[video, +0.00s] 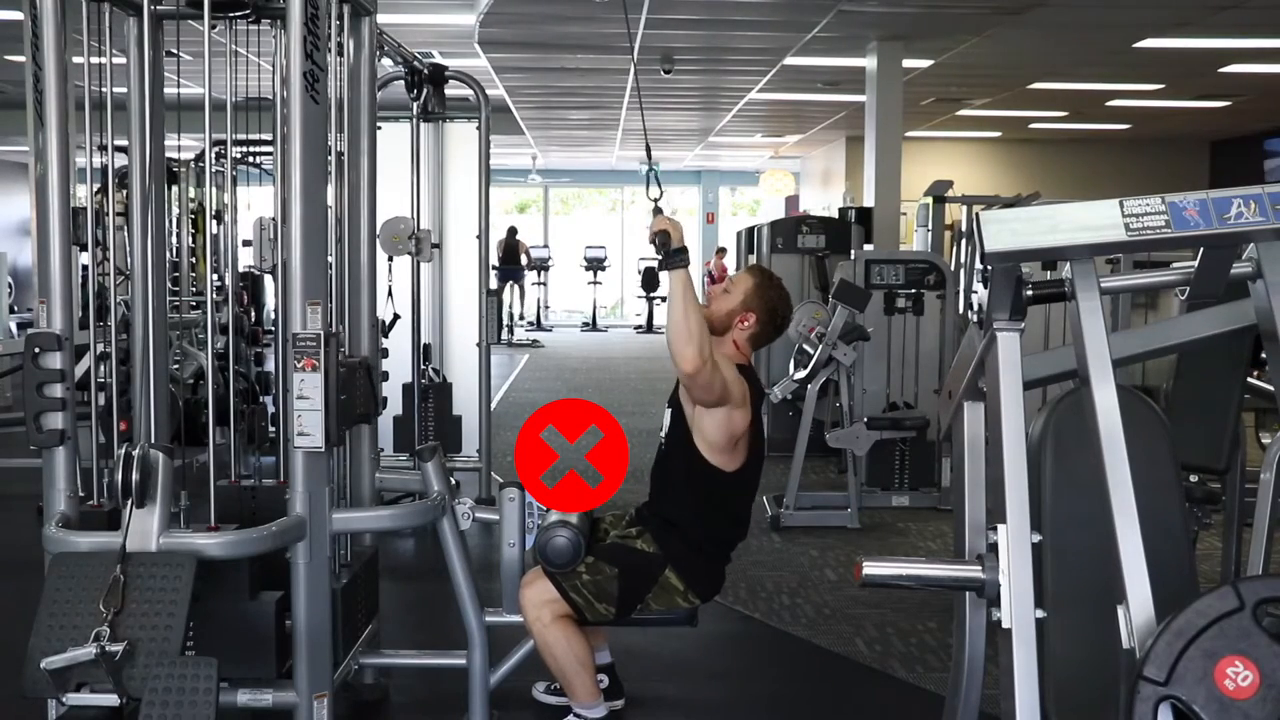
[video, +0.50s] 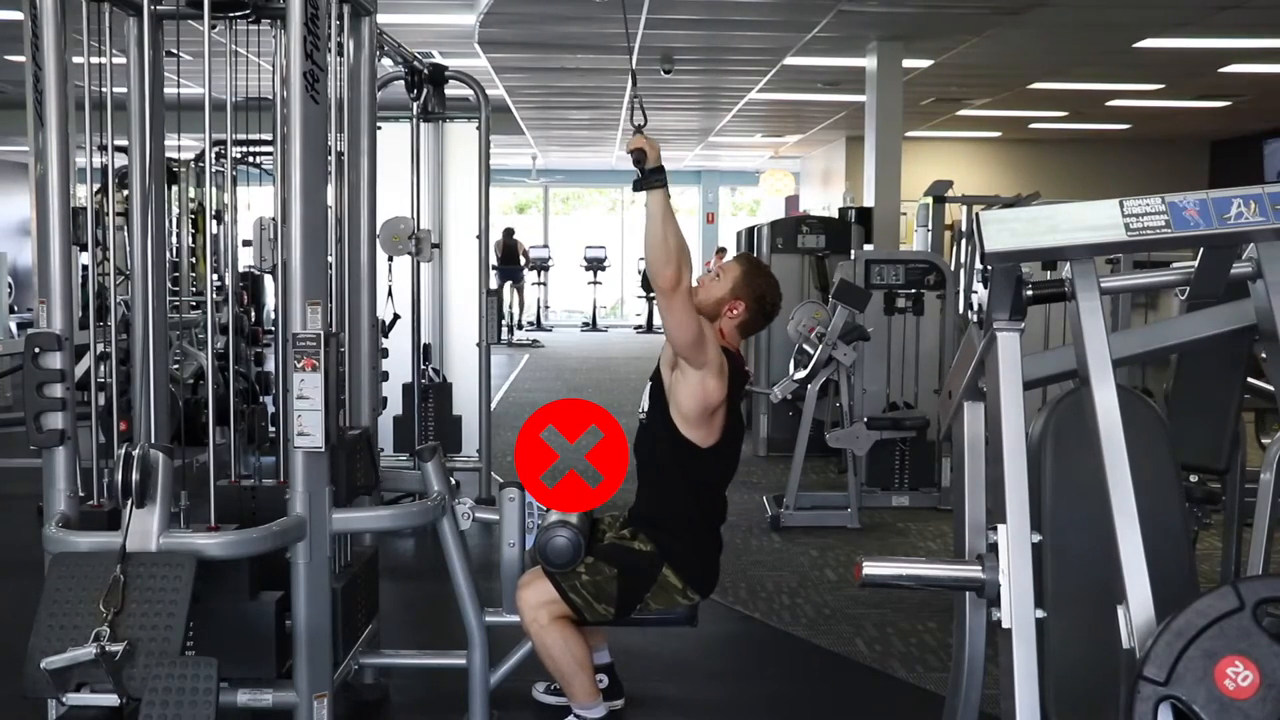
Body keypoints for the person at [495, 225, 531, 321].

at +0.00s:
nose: (509, 235)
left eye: (509, 233)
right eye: (512, 233)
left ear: (507, 233)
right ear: (516, 234)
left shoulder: (500, 243)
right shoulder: (521, 244)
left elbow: (498, 257)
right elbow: (530, 260)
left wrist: (501, 265)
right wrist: (526, 267)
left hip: (504, 270)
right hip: (517, 270)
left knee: (499, 292)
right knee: (521, 287)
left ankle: (499, 316)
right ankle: (522, 312)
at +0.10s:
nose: (507, 236)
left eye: (507, 233)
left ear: (505, 233)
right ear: (515, 234)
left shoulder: (500, 243)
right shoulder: (520, 244)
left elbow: (498, 258)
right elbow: (528, 259)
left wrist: (501, 266)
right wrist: (523, 267)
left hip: (504, 270)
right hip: (517, 271)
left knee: (499, 291)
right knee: (521, 295)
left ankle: (499, 316)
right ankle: (521, 320)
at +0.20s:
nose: (504, 236)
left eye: (504, 234)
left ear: (504, 234)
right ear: (514, 234)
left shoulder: (499, 244)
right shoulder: (519, 244)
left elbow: (498, 258)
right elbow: (528, 259)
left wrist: (501, 266)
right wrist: (524, 267)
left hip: (503, 271)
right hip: (517, 271)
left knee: (499, 284)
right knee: (520, 299)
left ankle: (499, 305)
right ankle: (521, 323)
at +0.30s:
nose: (502, 236)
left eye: (502, 234)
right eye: (503, 234)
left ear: (503, 234)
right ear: (513, 235)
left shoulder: (498, 244)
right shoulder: (519, 244)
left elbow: (498, 259)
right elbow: (527, 258)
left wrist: (500, 267)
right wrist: (524, 267)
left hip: (503, 271)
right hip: (516, 271)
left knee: (499, 281)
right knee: (520, 299)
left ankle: (500, 302)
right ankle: (521, 326)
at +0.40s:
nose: (501, 236)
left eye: (502, 234)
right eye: (503, 234)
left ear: (503, 235)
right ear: (512, 235)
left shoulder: (497, 244)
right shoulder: (518, 244)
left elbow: (498, 259)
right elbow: (527, 258)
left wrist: (500, 267)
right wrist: (524, 267)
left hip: (503, 271)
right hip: (516, 271)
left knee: (499, 282)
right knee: (520, 298)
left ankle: (500, 305)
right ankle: (520, 324)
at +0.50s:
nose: (503, 237)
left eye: (503, 235)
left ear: (503, 234)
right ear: (513, 235)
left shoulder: (498, 244)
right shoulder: (518, 244)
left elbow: (497, 258)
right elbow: (528, 258)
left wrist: (500, 267)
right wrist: (523, 268)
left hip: (503, 271)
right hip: (516, 270)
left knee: (499, 289)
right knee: (521, 296)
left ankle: (500, 313)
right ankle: (520, 320)